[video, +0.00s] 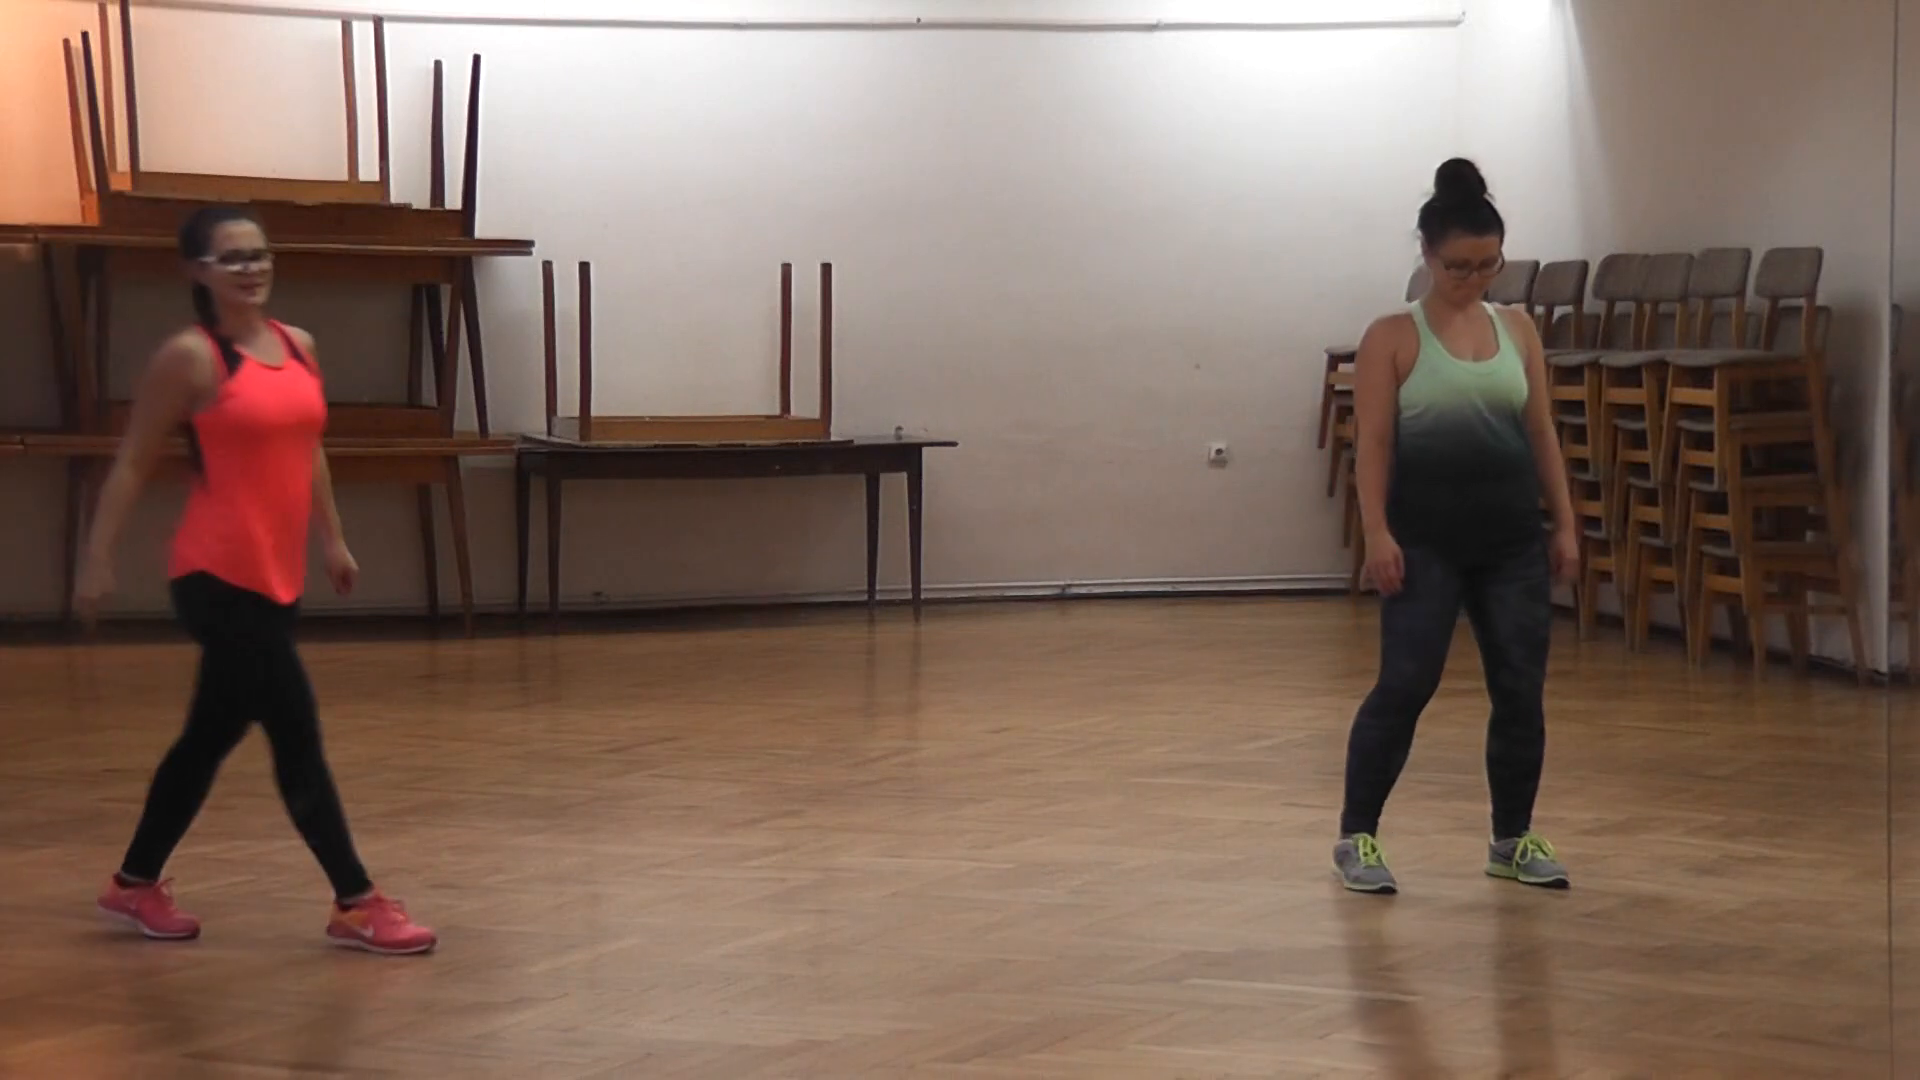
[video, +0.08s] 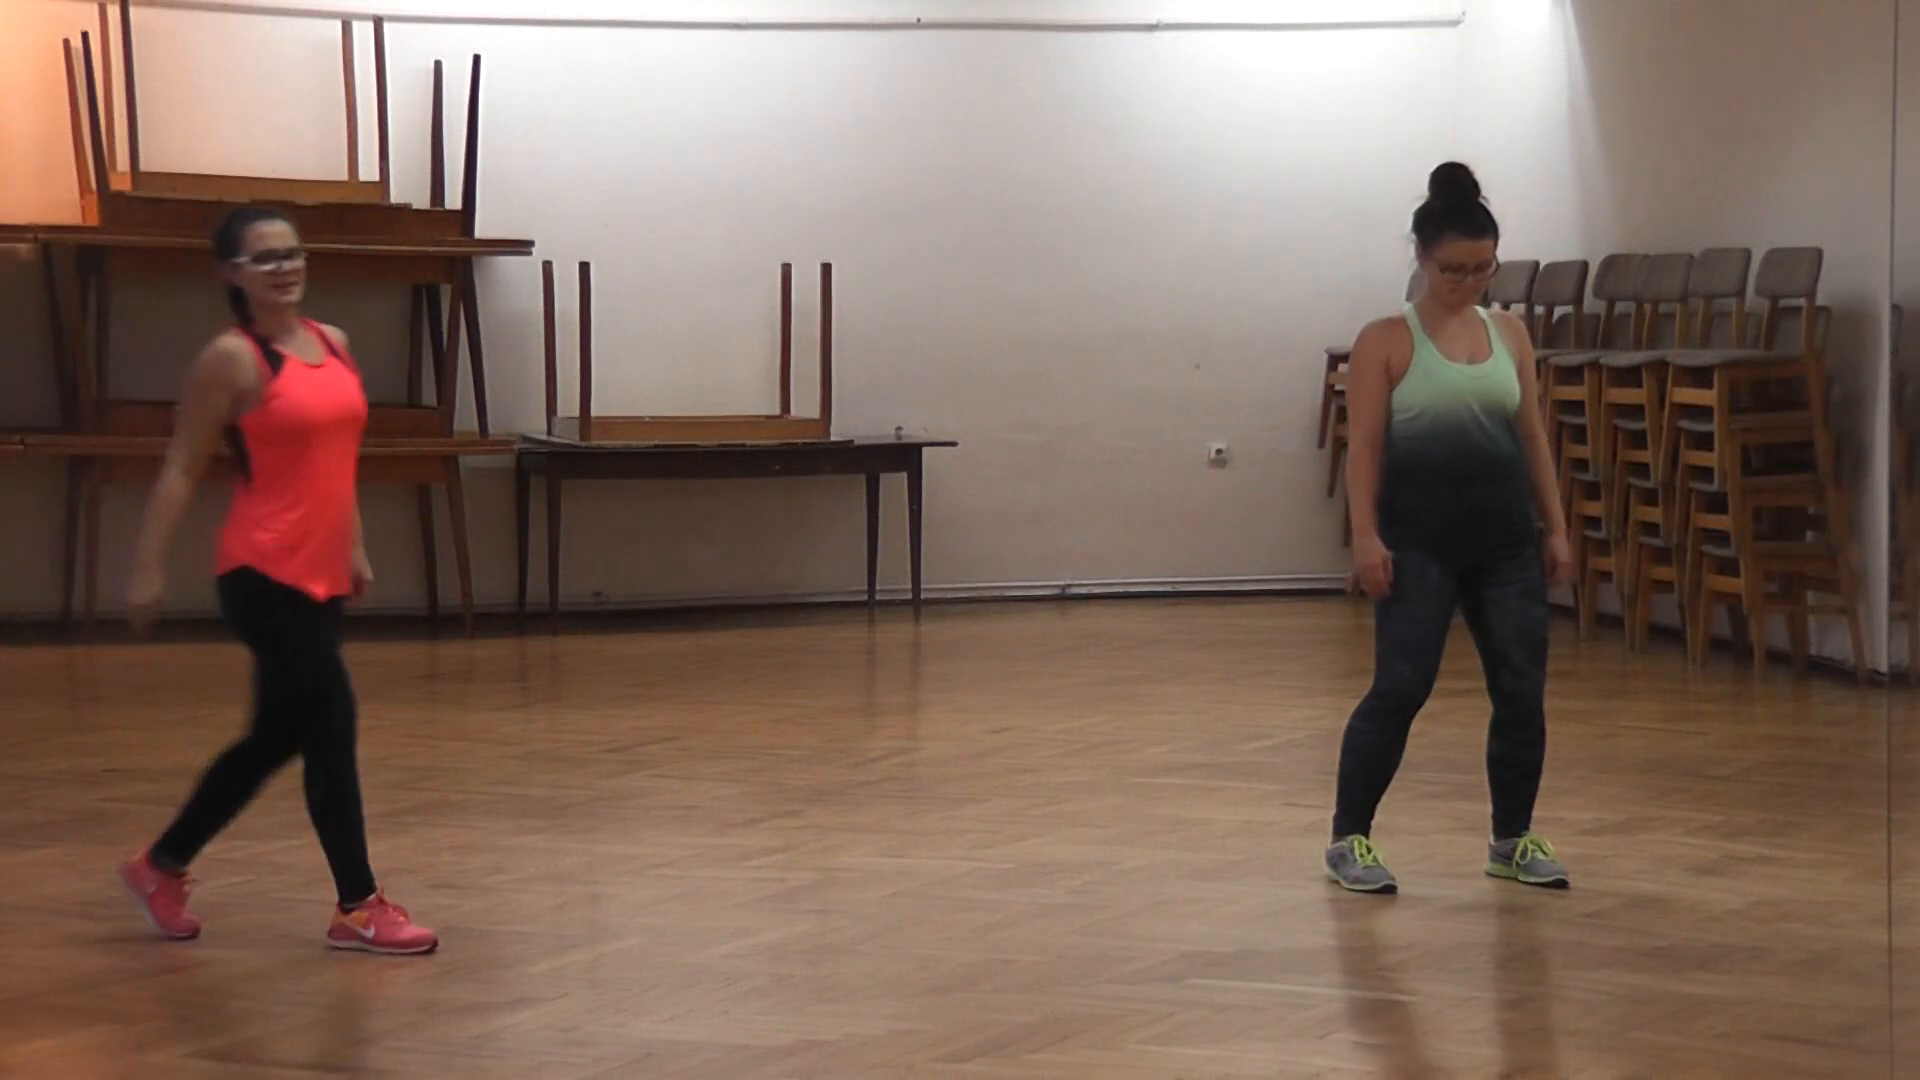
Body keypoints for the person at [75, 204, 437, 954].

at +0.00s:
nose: (252, 269)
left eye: (260, 256)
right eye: (233, 258)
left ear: (273, 264)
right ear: (199, 271)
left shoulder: (296, 346)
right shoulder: (188, 355)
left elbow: (307, 448)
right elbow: (134, 460)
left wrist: (332, 538)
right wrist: (98, 556)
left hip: (275, 579)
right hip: (217, 575)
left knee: (208, 738)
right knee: (293, 721)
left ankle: (134, 882)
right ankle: (356, 900)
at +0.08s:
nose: (285, 268)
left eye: (293, 255)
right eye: (266, 259)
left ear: (306, 263)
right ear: (233, 273)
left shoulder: (330, 341)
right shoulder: (229, 359)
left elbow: (335, 459)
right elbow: (182, 468)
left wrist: (353, 546)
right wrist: (148, 568)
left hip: (320, 577)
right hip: (261, 574)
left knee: (275, 737)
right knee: (331, 716)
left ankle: (161, 865)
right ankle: (359, 906)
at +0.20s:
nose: (336, 262)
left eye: (344, 249)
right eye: (316, 253)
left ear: (358, 257)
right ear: (284, 269)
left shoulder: (378, 336)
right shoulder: (283, 350)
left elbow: (377, 457)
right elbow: (252, 460)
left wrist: (399, 545)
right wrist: (254, 561)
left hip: (383, 570)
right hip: (318, 570)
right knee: (366, 734)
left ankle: (272, 831)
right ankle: (359, 907)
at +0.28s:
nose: (368, 260)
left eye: (377, 246)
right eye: (350, 250)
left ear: (391, 255)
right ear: (315, 264)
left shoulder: (410, 338)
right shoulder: (314, 344)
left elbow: (414, 460)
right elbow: (281, 455)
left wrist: (443, 543)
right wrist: (327, 531)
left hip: (416, 568)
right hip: (348, 570)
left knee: (468, 715)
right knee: (377, 728)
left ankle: (375, 842)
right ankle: (359, 904)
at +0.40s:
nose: (418, 253)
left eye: (426, 240)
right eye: (399, 243)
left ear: (440, 249)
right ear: (364, 256)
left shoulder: (459, 331)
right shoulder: (354, 338)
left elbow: (468, 447)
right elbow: (321, 446)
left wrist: (506, 535)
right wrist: (394, 492)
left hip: (466, 565)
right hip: (387, 567)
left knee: (524, 708)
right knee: (393, 725)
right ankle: (363, 901)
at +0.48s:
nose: (448, 252)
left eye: (457, 239)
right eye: (431, 242)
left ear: (473, 248)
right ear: (395, 255)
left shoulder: (497, 335)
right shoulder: (378, 339)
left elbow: (511, 445)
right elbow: (350, 447)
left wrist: (543, 538)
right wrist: (417, 494)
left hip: (505, 563)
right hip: (416, 566)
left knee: (550, 723)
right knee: (408, 730)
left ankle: (599, 885)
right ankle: (368, 898)